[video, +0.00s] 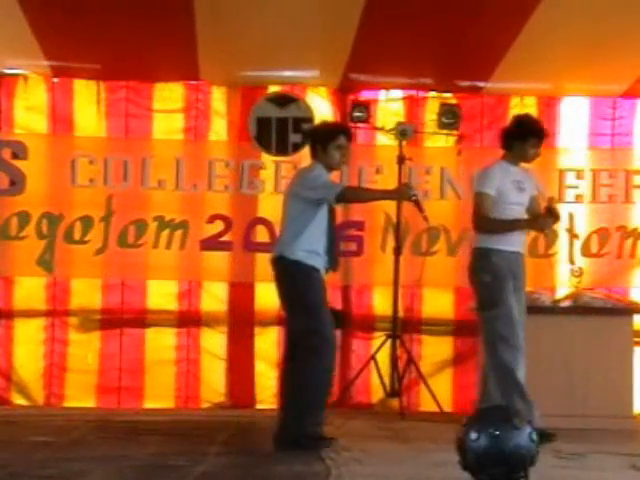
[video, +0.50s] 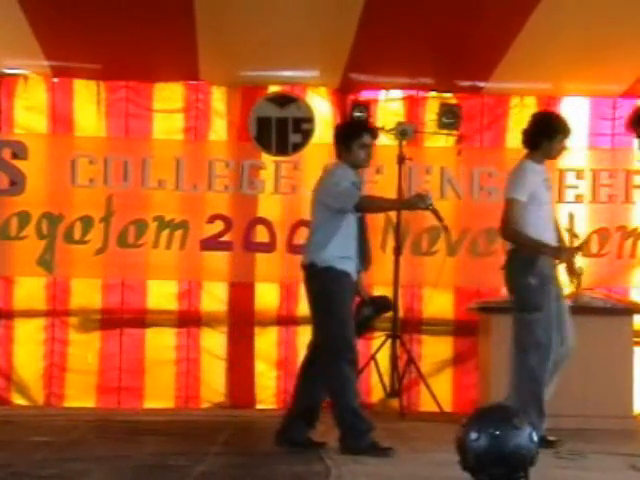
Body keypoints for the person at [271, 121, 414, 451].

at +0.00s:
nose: (344, 155)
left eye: (346, 149)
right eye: (338, 148)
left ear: (340, 152)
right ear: (320, 149)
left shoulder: (316, 178)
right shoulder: (311, 176)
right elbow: (347, 195)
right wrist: (394, 194)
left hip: (303, 267)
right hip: (297, 266)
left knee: (307, 343)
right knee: (319, 342)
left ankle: (296, 429)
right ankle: (302, 431)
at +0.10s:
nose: (346, 156)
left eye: (348, 150)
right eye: (341, 149)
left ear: (342, 152)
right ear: (323, 149)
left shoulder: (320, 181)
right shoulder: (313, 177)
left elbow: (317, 247)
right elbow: (347, 195)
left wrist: (330, 301)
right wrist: (395, 194)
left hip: (307, 268)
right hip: (300, 266)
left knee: (307, 347)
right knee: (321, 345)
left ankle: (295, 428)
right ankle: (325, 428)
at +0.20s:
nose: (351, 156)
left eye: (353, 150)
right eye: (346, 149)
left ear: (349, 152)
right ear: (329, 149)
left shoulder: (330, 184)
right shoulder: (318, 178)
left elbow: (329, 242)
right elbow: (348, 198)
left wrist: (338, 283)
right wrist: (396, 196)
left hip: (316, 270)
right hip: (305, 268)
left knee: (308, 349)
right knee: (325, 347)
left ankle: (291, 431)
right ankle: (348, 431)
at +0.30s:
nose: (355, 156)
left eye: (357, 150)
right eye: (349, 149)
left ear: (355, 153)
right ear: (332, 149)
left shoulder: (334, 185)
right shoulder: (321, 180)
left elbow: (334, 248)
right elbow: (352, 199)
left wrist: (347, 289)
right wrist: (399, 198)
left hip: (323, 272)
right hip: (311, 270)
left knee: (310, 351)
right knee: (328, 350)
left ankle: (292, 431)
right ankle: (352, 433)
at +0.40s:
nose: (362, 155)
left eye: (364, 149)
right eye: (356, 149)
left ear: (363, 151)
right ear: (339, 149)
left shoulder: (340, 182)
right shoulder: (330, 179)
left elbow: (338, 245)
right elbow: (357, 202)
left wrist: (352, 285)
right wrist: (402, 202)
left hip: (331, 274)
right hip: (321, 272)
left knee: (317, 352)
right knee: (335, 352)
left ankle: (293, 431)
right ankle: (354, 436)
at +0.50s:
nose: (368, 153)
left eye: (370, 147)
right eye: (362, 147)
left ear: (368, 149)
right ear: (345, 148)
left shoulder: (346, 180)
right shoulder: (336, 176)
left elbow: (341, 241)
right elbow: (357, 204)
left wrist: (356, 282)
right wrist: (405, 203)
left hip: (337, 273)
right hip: (327, 272)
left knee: (324, 352)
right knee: (341, 353)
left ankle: (294, 429)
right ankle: (355, 436)